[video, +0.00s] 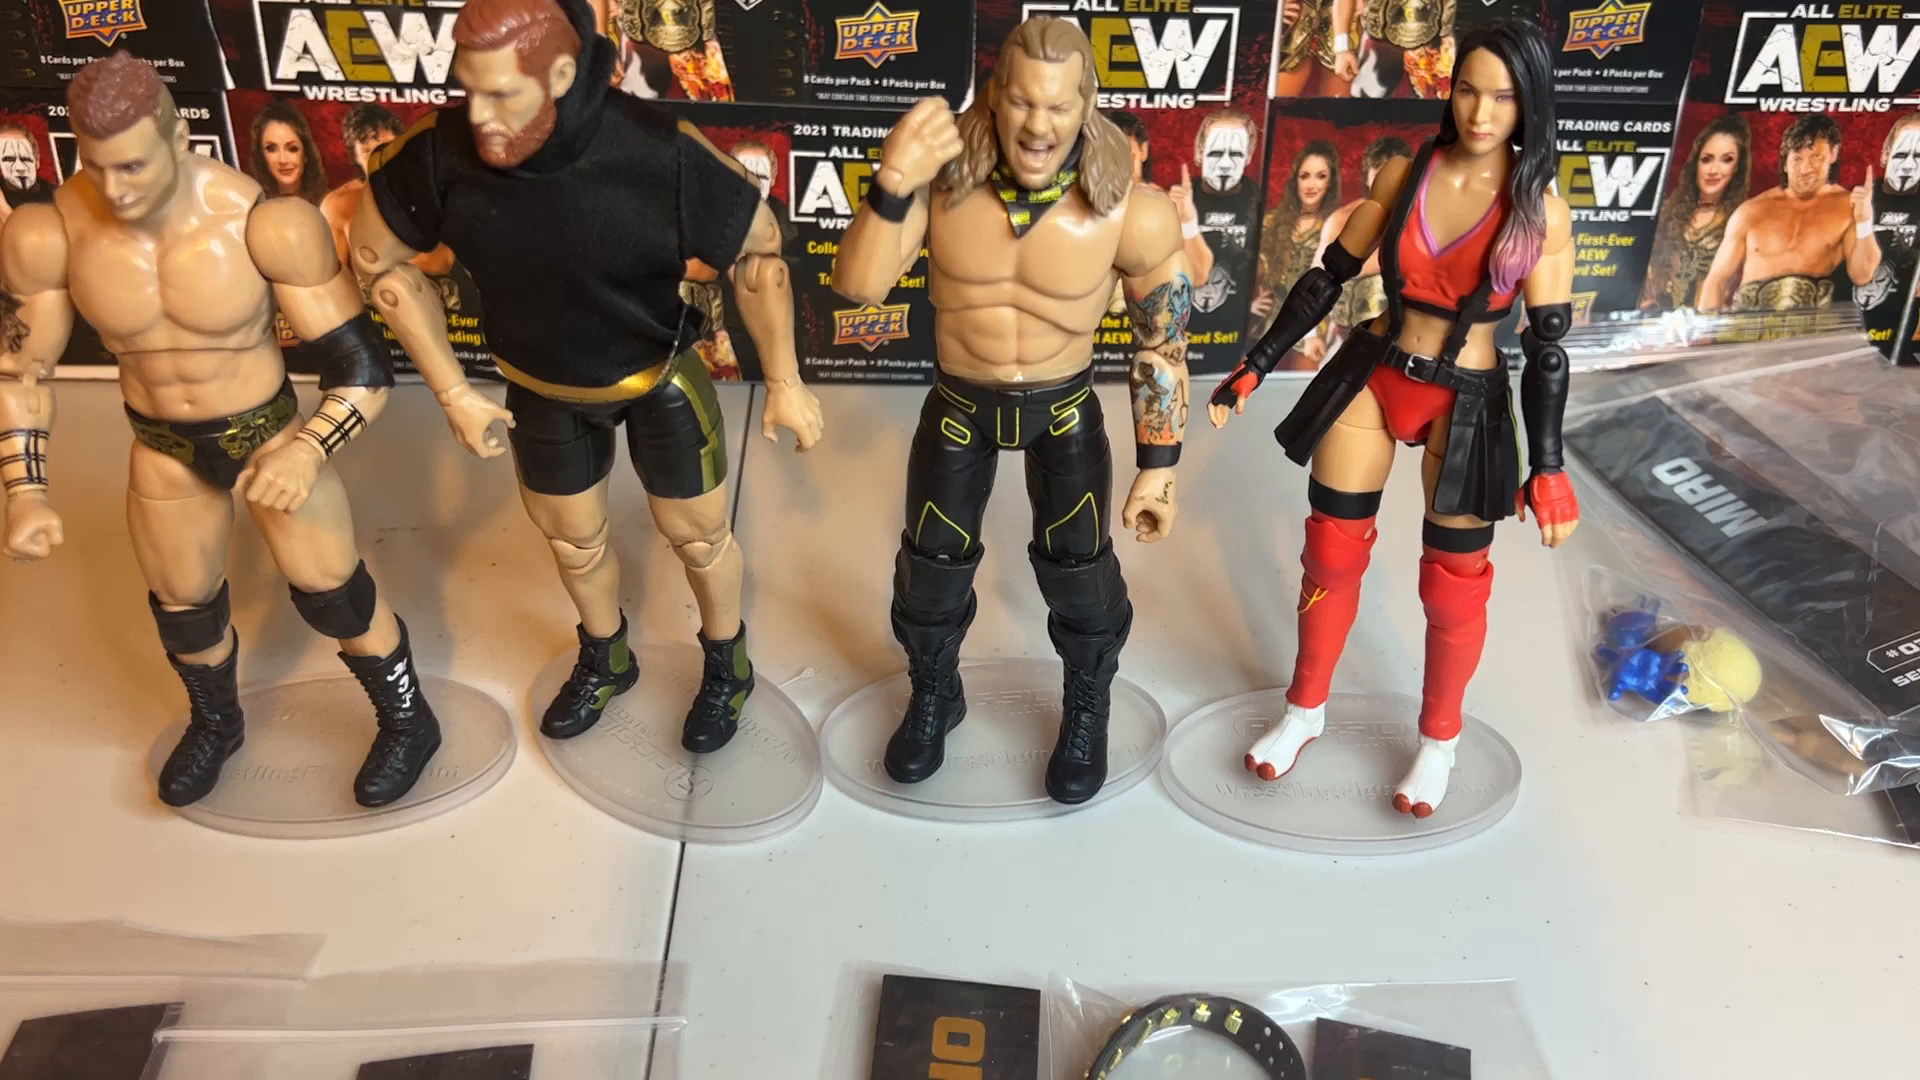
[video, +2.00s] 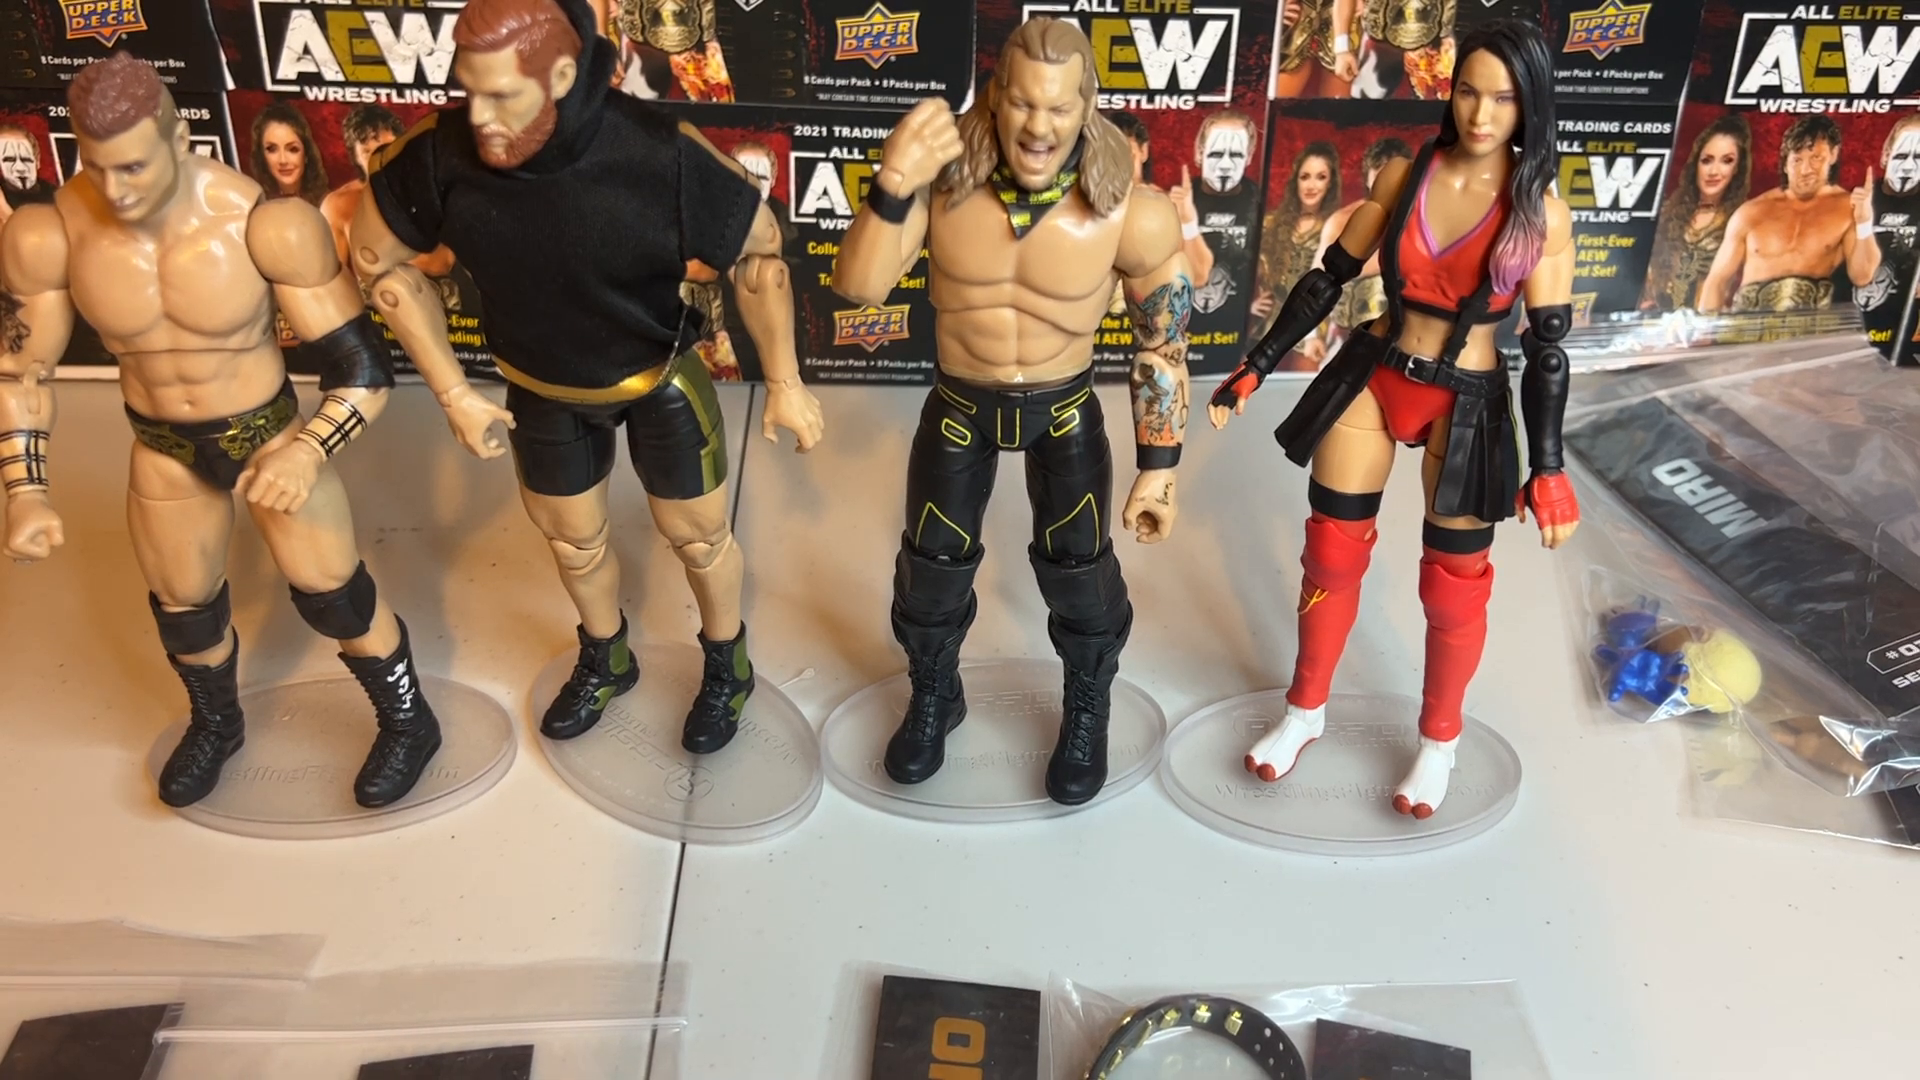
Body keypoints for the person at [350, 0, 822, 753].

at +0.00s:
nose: (480, 117)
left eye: (502, 95)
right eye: (467, 94)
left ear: (563, 76)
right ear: (456, 79)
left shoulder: (652, 151)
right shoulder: (442, 156)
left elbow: (756, 245)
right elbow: (372, 251)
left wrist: (784, 381)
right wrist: (452, 391)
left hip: (661, 380)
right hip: (542, 393)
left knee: (700, 539)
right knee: (575, 545)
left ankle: (725, 666)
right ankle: (606, 660)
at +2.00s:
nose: (481, 118)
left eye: (502, 96)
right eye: (468, 95)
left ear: (563, 75)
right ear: (456, 80)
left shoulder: (653, 154)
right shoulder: (443, 157)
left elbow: (757, 246)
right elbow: (372, 251)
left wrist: (784, 381)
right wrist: (452, 392)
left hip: (661, 381)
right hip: (542, 394)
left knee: (700, 541)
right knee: (575, 547)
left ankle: (726, 667)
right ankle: (607, 660)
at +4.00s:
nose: (481, 119)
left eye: (503, 96)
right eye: (468, 95)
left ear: (564, 76)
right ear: (456, 81)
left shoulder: (653, 155)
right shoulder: (443, 159)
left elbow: (757, 246)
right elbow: (372, 251)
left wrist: (784, 381)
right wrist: (452, 392)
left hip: (661, 382)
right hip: (543, 395)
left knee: (700, 540)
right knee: (575, 546)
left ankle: (726, 666)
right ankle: (607, 660)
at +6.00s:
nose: (481, 119)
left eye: (503, 96)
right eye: (468, 95)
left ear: (564, 76)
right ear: (456, 81)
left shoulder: (654, 155)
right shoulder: (443, 158)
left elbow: (757, 246)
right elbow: (373, 251)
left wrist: (784, 381)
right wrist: (452, 392)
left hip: (661, 383)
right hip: (542, 395)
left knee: (701, 541)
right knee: (575, 547)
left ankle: (726, 666)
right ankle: (607, 660)